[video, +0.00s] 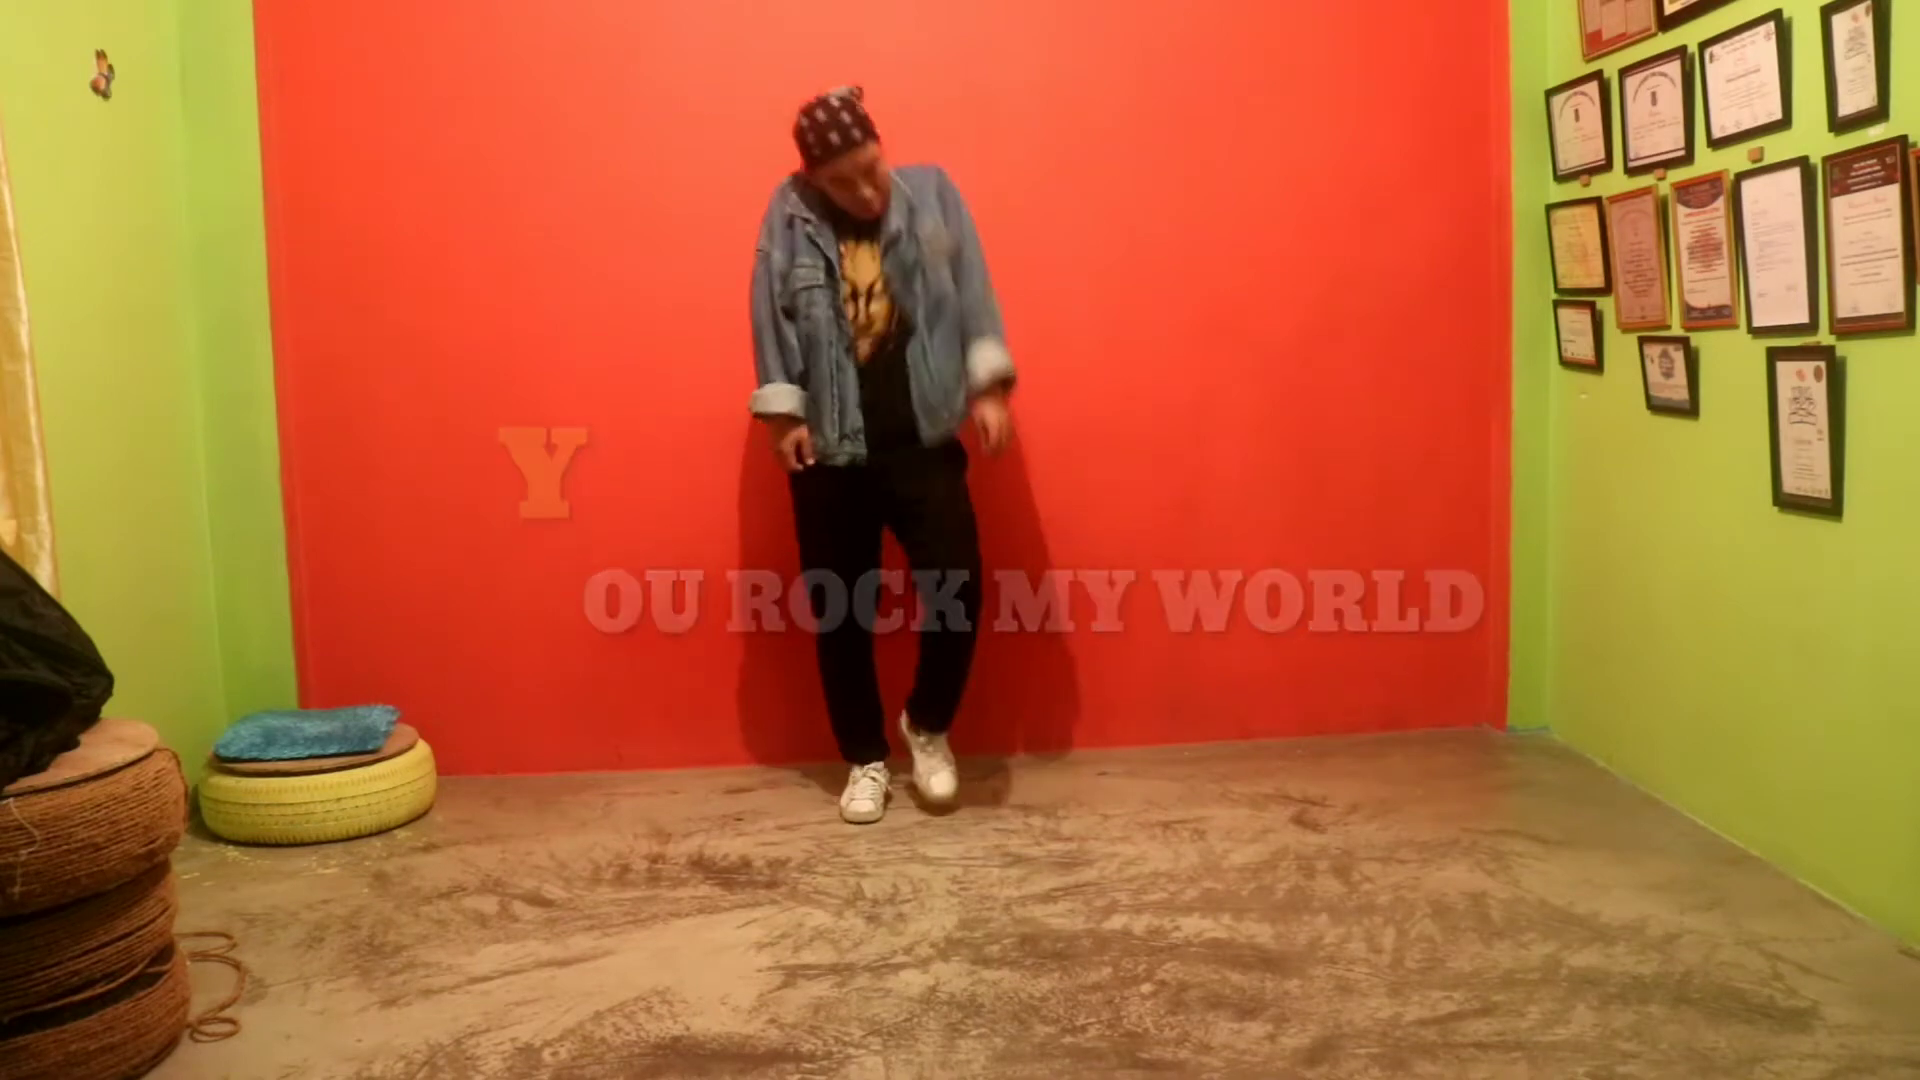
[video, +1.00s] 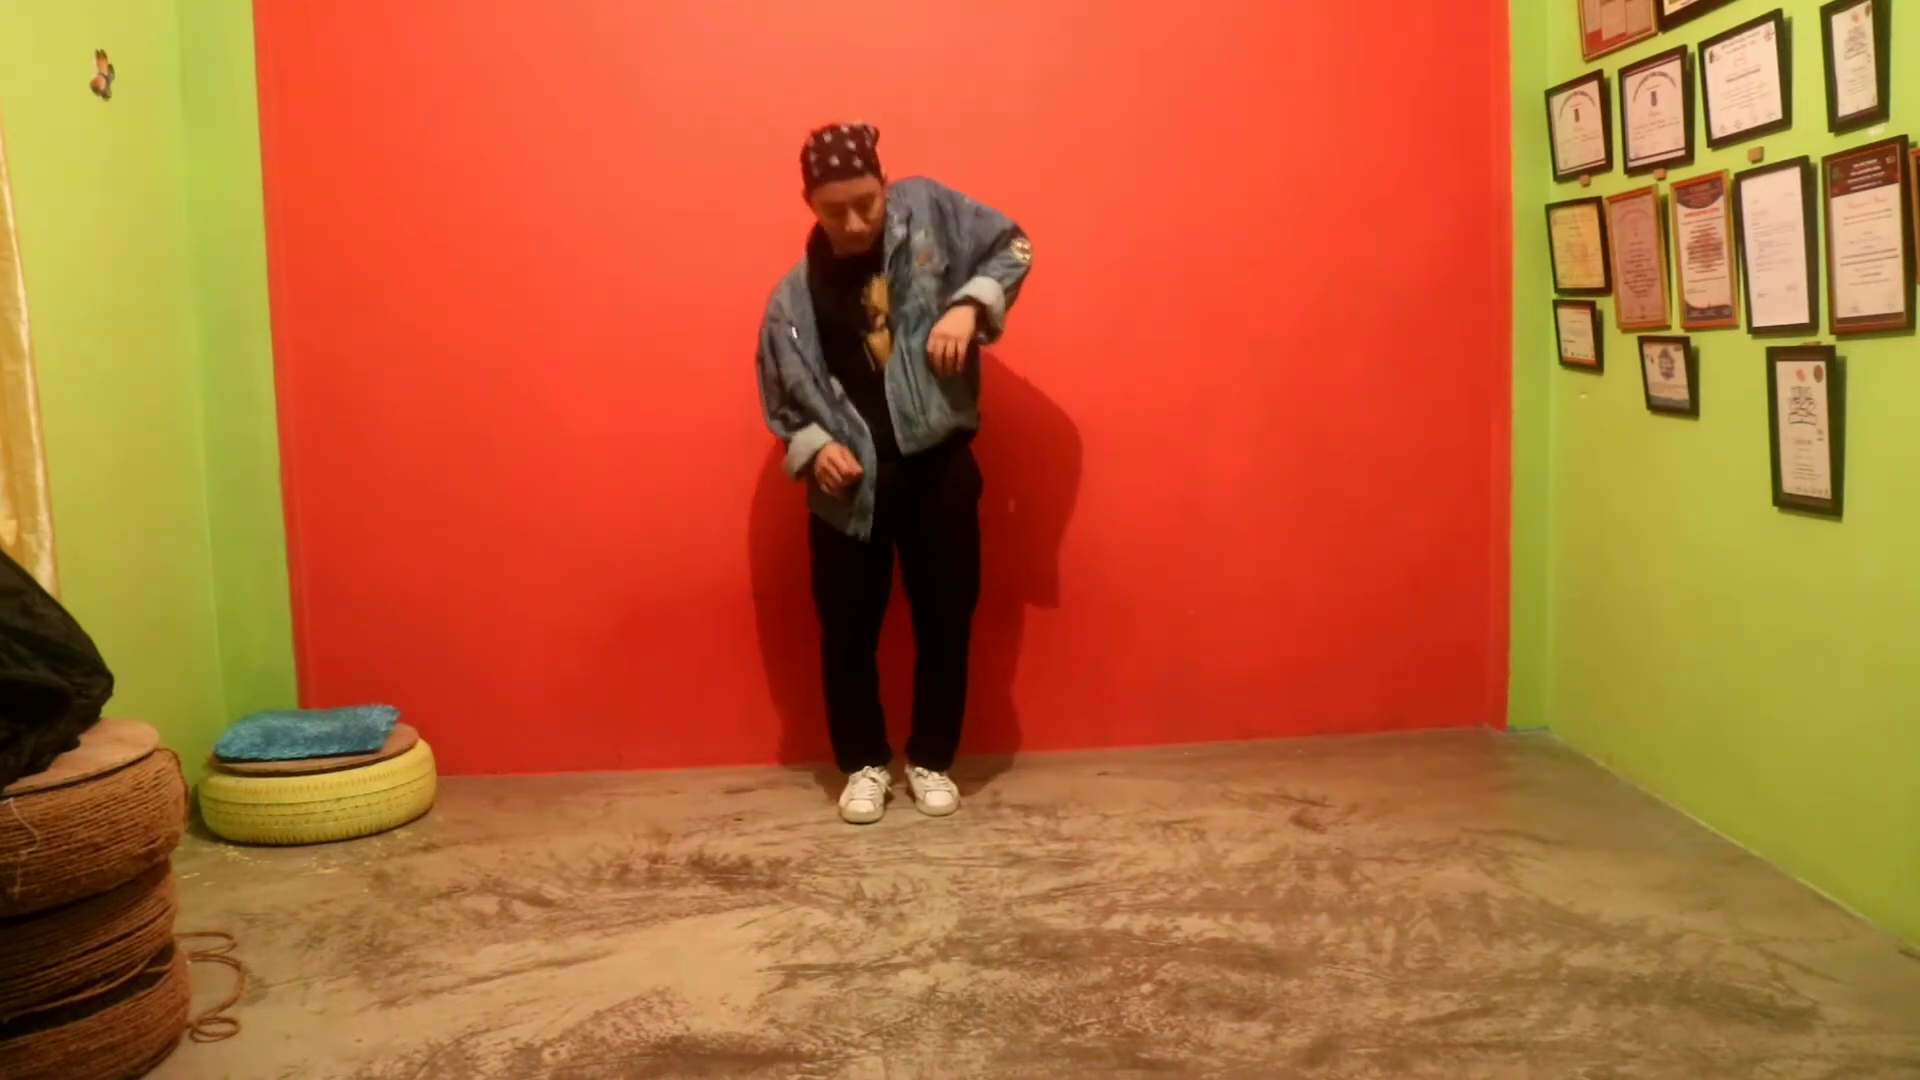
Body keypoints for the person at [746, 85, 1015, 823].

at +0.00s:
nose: (867, 190)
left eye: (872, 172)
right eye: (849, 181)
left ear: (883, 149)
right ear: (816, 173)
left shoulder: (930, 191)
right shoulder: (789, 216)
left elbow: (974, 289)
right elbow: (770, 315)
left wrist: (989, 386)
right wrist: (784, 412)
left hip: (925, 438)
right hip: (831, 447)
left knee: (958, 590)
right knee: (840, 607)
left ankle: (928, 726)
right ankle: (865, 761)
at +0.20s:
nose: (841, 180)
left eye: (847, 160)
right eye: (821, 171)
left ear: (861, 145)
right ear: (792, 174)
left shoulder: (910, 185)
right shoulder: (783, 233)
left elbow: (963, 263)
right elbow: (776, 335)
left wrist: (993, 363)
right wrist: (798, 426)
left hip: (924, 421)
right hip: (838, 437)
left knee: (932, 596)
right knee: (844, 603)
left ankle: (927, 759)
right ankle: (866, 764)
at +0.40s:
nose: (840, 170)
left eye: (850, 151)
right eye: (822, 158)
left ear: (872, 140)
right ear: (800, 160)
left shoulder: (920, 189)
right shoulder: (785, 220)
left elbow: (970, 278)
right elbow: (773, 319)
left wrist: (973, 362)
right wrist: (797, 403)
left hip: (927, 437)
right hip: (838, 450)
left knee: (932, 606)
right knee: (848, 613)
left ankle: (929, 758)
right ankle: (864, 764)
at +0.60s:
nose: (839, 181)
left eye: (851, 162)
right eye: (822, 168)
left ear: (875, 149)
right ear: (801, 167)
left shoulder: (927, 192)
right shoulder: (779, 247)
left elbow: (992, 259)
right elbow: (769, 344)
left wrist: (961, 329)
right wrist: (803, 394)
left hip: (928, 445)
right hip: (839, 459)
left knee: (933, 608)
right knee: (849, 615)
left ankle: (929, 759)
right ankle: (865, 764)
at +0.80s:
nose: (842, 190)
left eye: (853, 172)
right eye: (825, 178)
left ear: (876, 160)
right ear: (804, 178)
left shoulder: (923, 193)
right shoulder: (793, 275)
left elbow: (998, 248)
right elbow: (780, 377)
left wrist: (959, 311)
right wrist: (810, 425)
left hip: (934, 453)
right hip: (845, 470)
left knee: (937, 613)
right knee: (851, 620)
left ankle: (929, 761)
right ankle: (866, 766)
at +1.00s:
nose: (855, 223)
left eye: (865, 203)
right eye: (836, 210)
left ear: (885, 187)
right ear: (812, 204)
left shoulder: (924, 209)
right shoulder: (794, 301)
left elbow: (1009, 246)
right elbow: (784, 404)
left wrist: (968, 305)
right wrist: (815, 446)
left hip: (937, 468)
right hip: (848, 483)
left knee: (945, 619)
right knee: (848, 629)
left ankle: (931, 762)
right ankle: (864, 767)